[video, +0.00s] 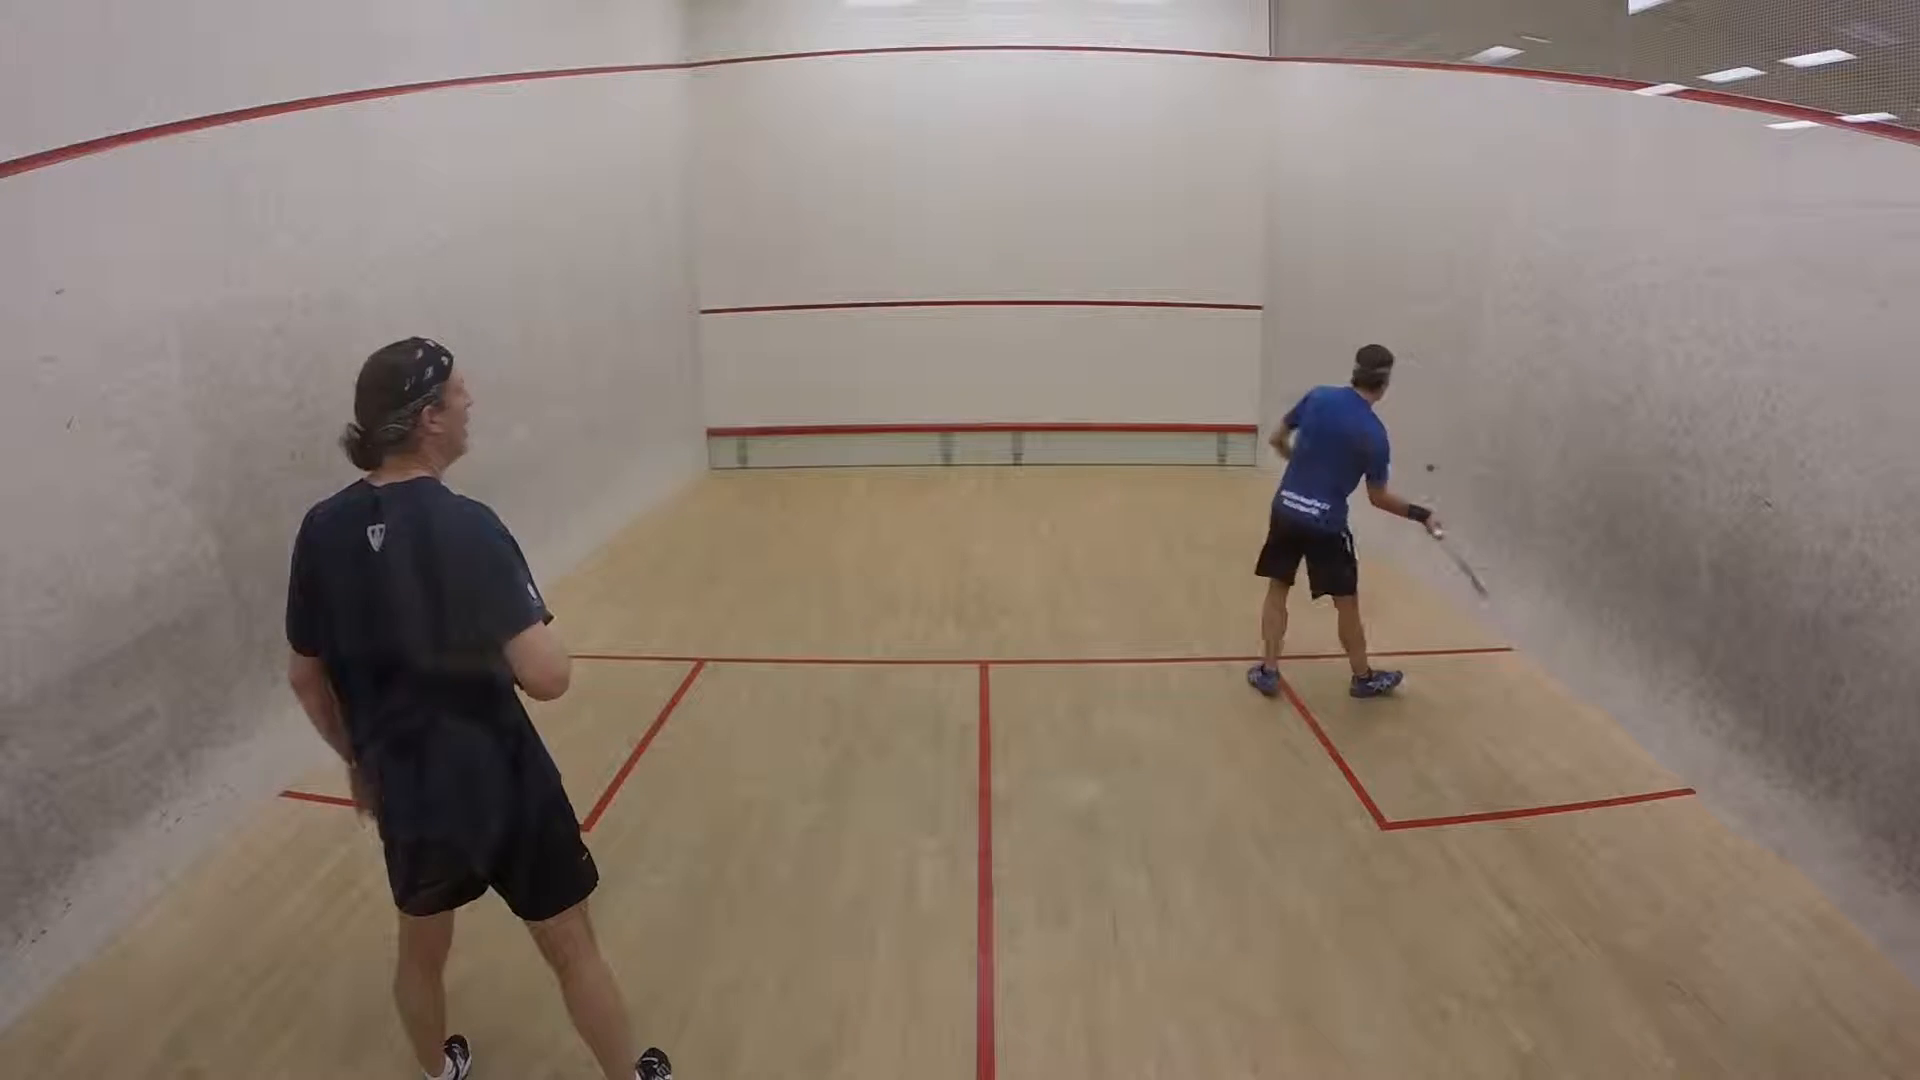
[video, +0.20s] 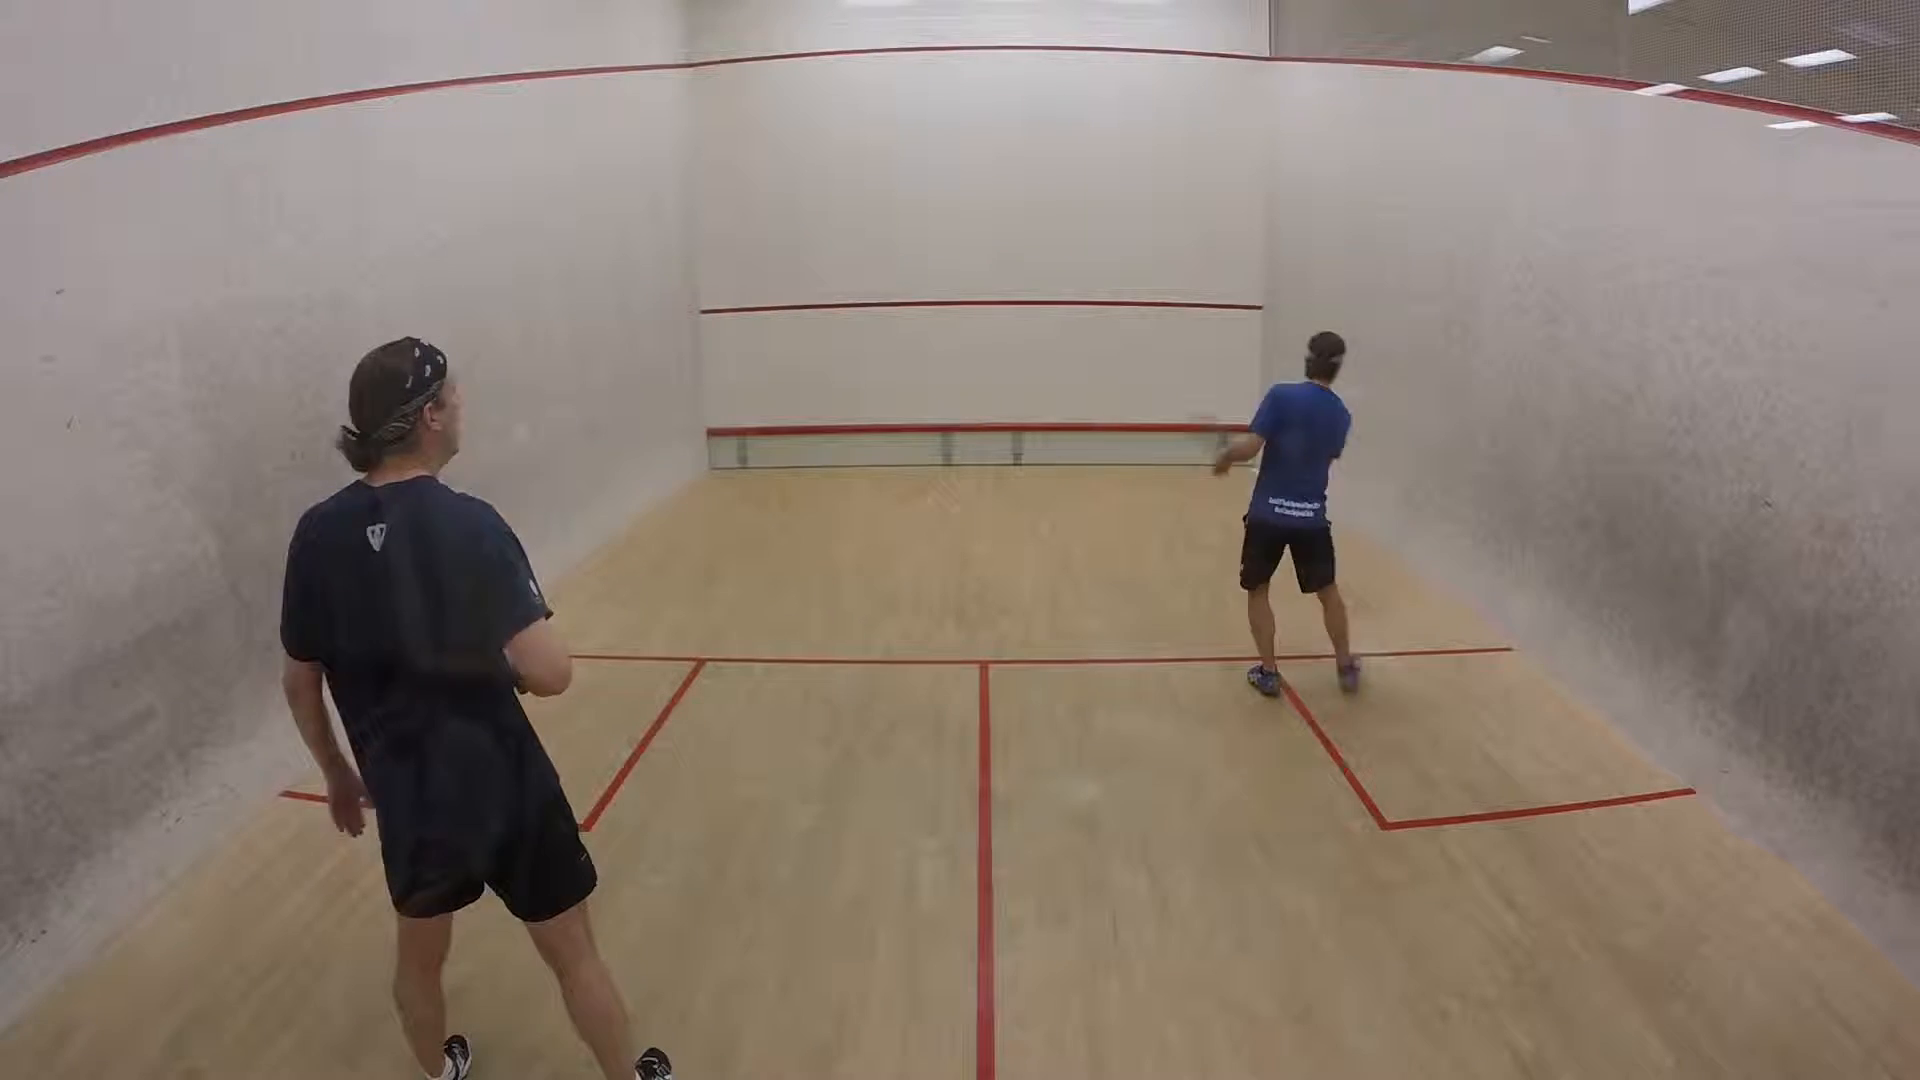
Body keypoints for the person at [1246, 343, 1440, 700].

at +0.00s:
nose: (1388, 387)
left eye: (1386, 380)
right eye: (1388, 381)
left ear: (1354, 374)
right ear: (1383, 384)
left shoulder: (1319, 396)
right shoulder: (1374, 434)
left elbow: (1277, 439)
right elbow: (1378, 497)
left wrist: (1299, 461)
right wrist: (1421, 514)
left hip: (1286, 513)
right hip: (1327, 526)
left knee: (1277, 588)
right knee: (1346, 602)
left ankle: (1269, 671)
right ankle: (1363, 676)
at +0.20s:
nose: (1325, 364)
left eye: (1314, 355)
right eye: (1332, 360)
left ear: (1307, 359)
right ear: (1338, 366)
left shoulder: (1281, 395)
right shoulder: (1340, 413)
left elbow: (1250, 446)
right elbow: (1330, 456)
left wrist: (1225, 459)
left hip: (1267, 518)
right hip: (1311, 521)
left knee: (1258, 590)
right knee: (1328, 591)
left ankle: (1269, 672)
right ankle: (1346, 665)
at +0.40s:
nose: (1258, 348)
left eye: (1260, 343)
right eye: (1264, 343)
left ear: (1260, 348)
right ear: (1291, 351)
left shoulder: (1271, 391)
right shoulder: (1293, 389)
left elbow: (1263, 453)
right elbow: (1269, 453)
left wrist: (1209, 460)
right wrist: (1221, 474)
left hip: (1268, 511)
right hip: (1292, 506)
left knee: (1257, 585)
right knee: (1270, 579)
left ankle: (1269, 672)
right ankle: (1277, 650)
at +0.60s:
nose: (1214, 346)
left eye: (1219, 340)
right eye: (1217, 339)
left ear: (1235, 349)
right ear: (1238, 350)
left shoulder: (1260, 396)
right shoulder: (1237, 396)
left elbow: (1269, 461)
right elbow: (1234, 459)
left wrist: (1216, 481)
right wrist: (1207, 499)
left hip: (1262, 516)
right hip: (1236, 511)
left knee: (1266, 593)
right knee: (1208, 577)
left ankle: (1275, 666)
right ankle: (1198, 654)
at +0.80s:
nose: (1183, 351)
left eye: (1192, 348)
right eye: (1188, 346)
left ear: (1208, 360)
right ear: (1203, 360)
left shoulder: (1226, 407)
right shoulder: (1194, 404)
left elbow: (1233, 474)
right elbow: (1203, 464)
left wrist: (1172, 487)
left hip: (1228, 527)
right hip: (1194, 523)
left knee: (1245, 600)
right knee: (1171, 597)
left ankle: (1270, 663)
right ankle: (1160, 682)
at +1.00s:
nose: (1152, 353)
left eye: (1162, 350)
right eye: (1153, 347)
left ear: (1181, 362)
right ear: (1154, 355)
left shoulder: (1188, 405)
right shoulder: (1155, 404)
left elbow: (1194, 473)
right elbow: (1162, 466)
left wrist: (1135, 492)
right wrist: (1146, 510)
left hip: (1183, 530)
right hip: (1151, 523)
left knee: (1170, 615)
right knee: (1134, 601)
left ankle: (1224, 646)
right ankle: (1153, 683)